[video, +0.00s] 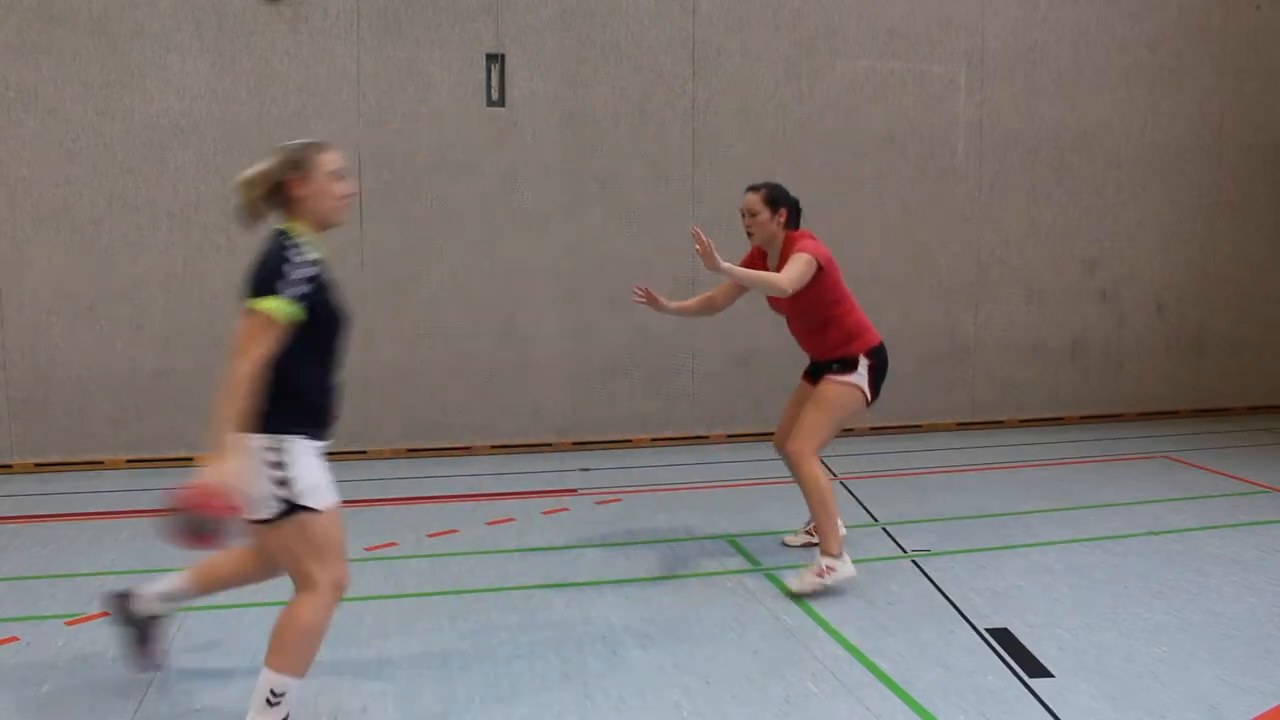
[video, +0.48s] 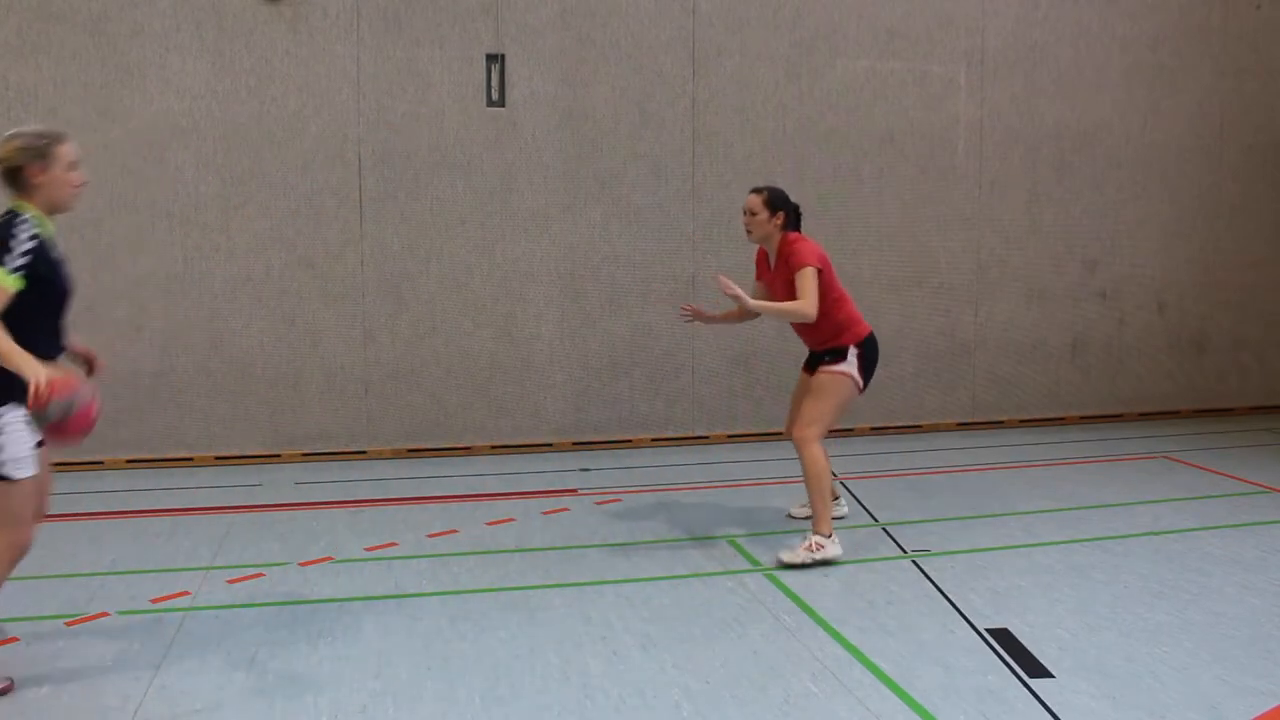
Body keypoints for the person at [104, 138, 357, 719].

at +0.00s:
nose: (349, 189)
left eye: (348, 177)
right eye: (336, 178)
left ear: (301, 191)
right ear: (297, 189)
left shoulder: (301, 257)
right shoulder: (290, 262)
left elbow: (269, 361)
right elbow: (247, 361)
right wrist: (223, 459)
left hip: (284, 442)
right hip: (282, 446)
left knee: (273, 556)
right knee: (324, 580)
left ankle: (148, 601)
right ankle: (269, 710)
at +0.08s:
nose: (296, 190)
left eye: (293, 178)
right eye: (284, 179)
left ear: (251, 188)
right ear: (246, 186)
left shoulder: (246, 252)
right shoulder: (228, 255)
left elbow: (233, 345)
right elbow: (174, 354)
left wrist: (280, 386)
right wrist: (137, 440)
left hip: (212, 427)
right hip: (220, 430)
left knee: (198, 551)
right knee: (270, 562)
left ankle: (79, 632)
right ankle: (262, 707)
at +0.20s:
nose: (221, 186)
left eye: (220, 174)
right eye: (212, 174)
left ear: (177, 181)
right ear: (176, 178)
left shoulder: (172, 241)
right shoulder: (148, 245)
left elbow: (169, 311)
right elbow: (93, 334)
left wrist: (219, 339)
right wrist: (55, 420)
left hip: (128, 417)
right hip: (128, 420)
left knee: (118, 544)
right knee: (170, 549)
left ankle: (36, 665)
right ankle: (183, 686)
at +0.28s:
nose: (178, 169)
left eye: (177, 159)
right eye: (168, 159)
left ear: (137, 164)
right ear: (133, 162)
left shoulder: (130, 223)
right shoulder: (109, 226)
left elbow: (117, 297)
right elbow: (59, 317)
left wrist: (166, 317)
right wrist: (37, 403)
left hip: (94, 396)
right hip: (92, 399)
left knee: (79, 528)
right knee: (120, 524)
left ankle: (36, 661)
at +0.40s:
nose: (118, 162)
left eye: (116, 151)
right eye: (108, 151)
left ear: (78, 158)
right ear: (74, 157)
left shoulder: (71, 213)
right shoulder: (60, 214)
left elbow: (51, 296)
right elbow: (14, 301)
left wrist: (96, 322)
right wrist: (31, 387)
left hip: (55, 389)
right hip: (39, 393)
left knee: (48, 518)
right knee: (45, 521)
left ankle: (5, 622)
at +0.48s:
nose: (80, 178)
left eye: (78, 167)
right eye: (70, 168)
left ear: (40, 175)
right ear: (35, 174)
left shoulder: (35, 230)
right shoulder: (20, 233)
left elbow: (24, 316)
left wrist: (67, 349)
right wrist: (30, 367)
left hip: (25, 401)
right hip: (7, 403)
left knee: (29, 517)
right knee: (13, 537)